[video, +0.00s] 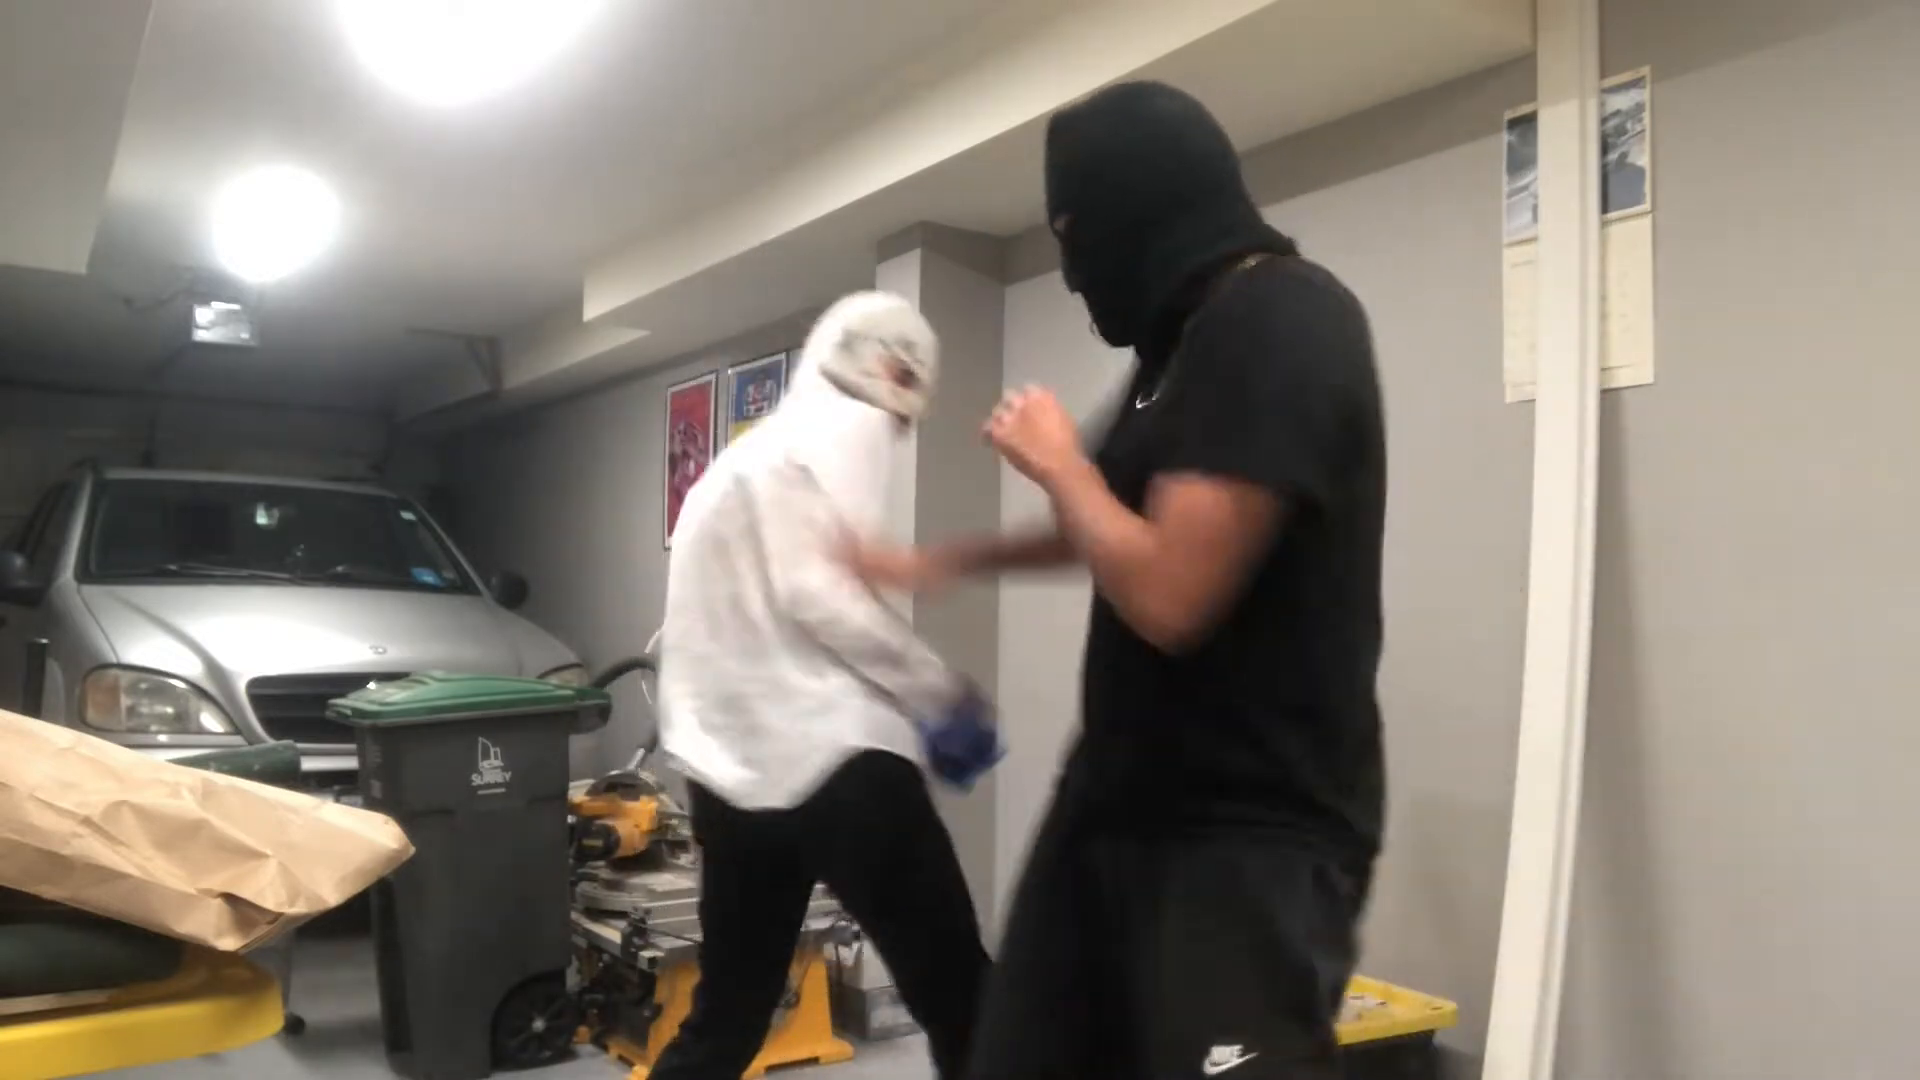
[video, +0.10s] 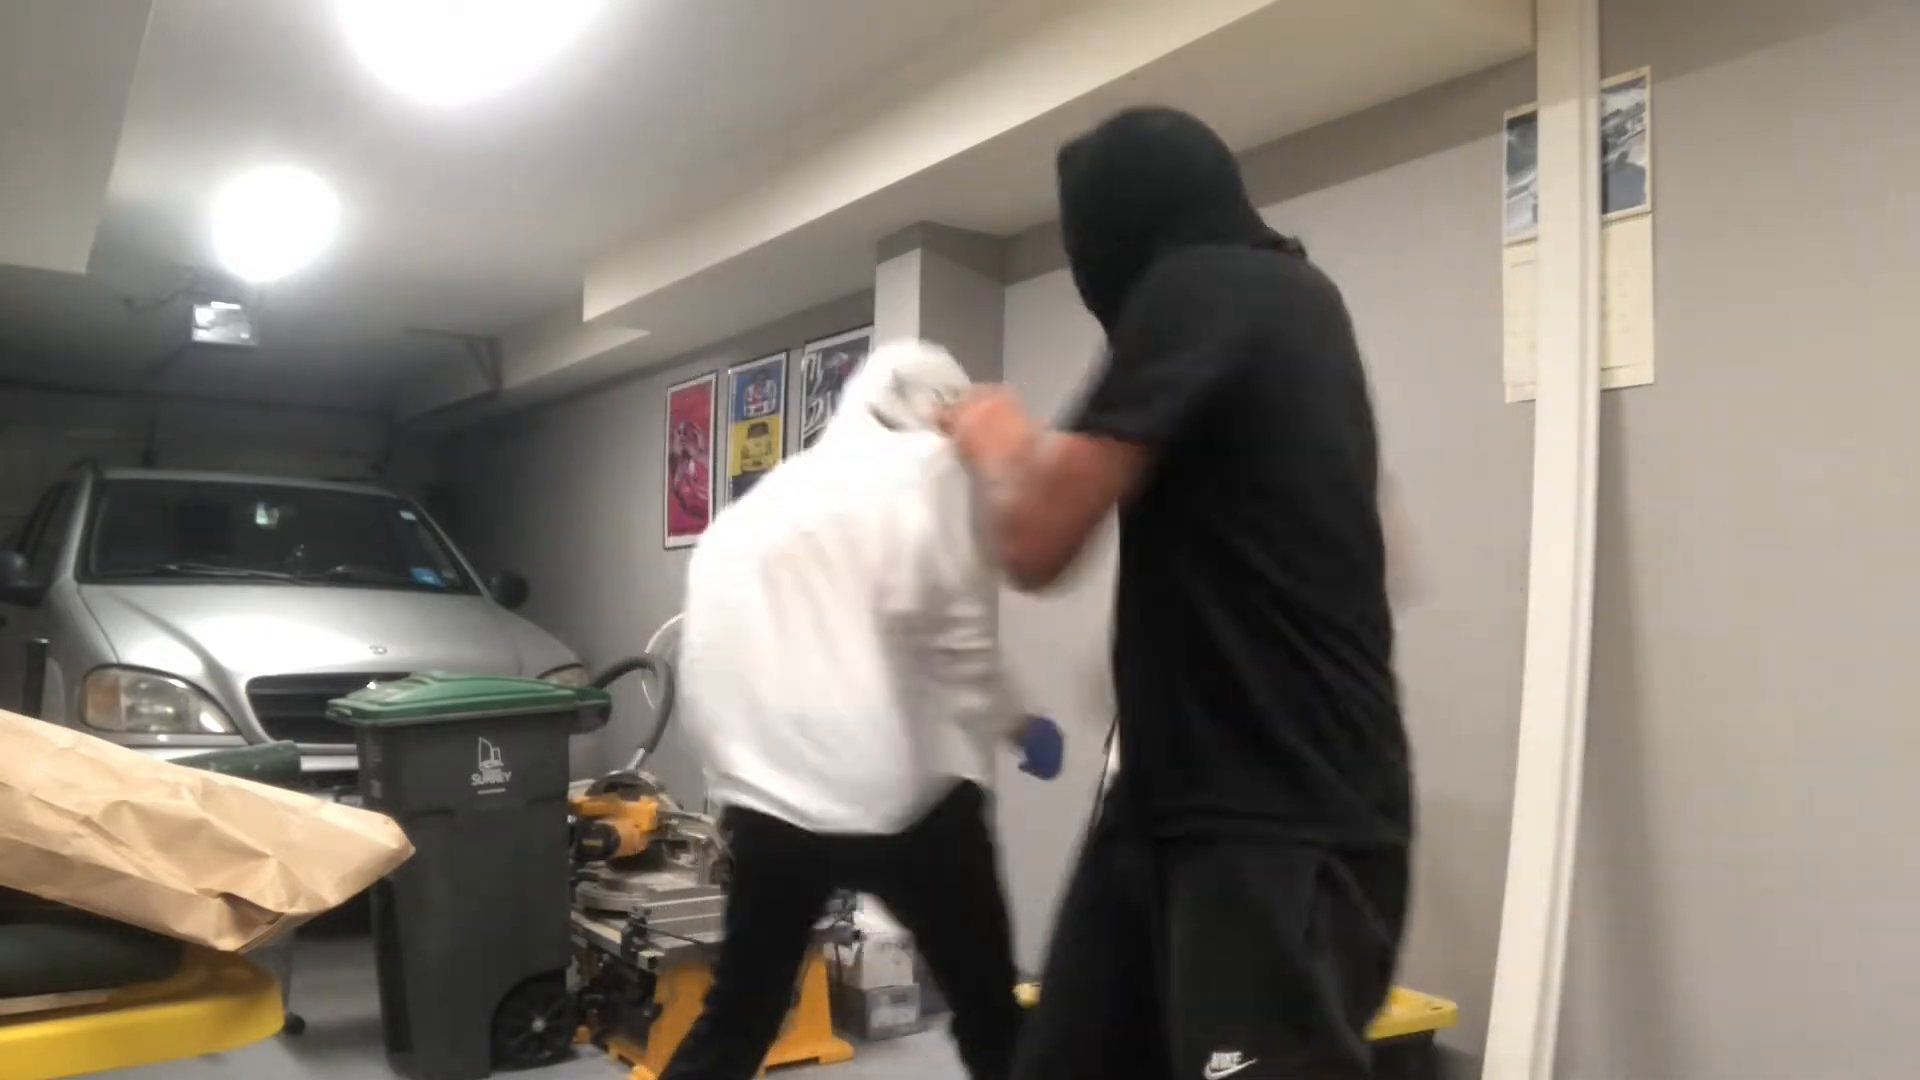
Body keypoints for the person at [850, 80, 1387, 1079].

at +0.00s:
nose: (1062, 261)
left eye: (1071, 226)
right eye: (1058, 232)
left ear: (1142, 206)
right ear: (1152, 208)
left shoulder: (1277, 316)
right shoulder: (1194, 338)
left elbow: (1173, 595)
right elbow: (1109, 532)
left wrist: (1065, 467)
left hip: (1243, 834)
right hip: (1127, 809)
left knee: (1222, 1063)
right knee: (1024, 1052)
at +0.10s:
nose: (1078, 260)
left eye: (1081, 227)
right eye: (1074, 230)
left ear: (1123, 213)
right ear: (1213, 192)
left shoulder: (1206, 293)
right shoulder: (1294, 300)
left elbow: (1035, 540)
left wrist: (999, 442)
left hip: (1273, 833)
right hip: (1170, 815)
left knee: (1265, 1063)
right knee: (1071, 1062)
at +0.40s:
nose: (1159, 331)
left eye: (1156, 296)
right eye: (1149, 302)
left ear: (1190, 261)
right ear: (1261, 221)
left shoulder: (1301, 282)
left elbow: (1150, 556)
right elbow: (1329, 627)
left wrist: (1083, 593)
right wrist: (1171, 578)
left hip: (1414, 867)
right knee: (1186, 1064)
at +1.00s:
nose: (1221, 326)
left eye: (1217, 293)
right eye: (1207, 301)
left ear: (1267, 243)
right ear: (1314, 213)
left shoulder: (1370, 270)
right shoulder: (1431, 268)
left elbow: (1318, 554)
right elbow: (1363, 536)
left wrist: (1169, 513)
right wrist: (1222, 504)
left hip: (1469, 824)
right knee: (1298, 1061)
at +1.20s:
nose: (1214, 299)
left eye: (1213, 270)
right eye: (1206, 274)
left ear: (1261, 246)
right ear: (1359, 204)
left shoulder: (1326, 344)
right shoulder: (1554, 312)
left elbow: (1152, 561)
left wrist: (1052, 577)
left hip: (1486, 883)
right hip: (1624, 866)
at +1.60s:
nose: (1249, 273)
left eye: (1257, 241)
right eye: (1249, 242)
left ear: (1307, 245)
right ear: (1413, 227)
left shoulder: (1303, 409)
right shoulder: (1560, 387)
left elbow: (1160, 643)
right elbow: (1590, 635)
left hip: (1463, 900)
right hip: (1595, 884)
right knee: (1273, 1065)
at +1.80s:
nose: (1235, 288)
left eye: (1249, 257)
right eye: (1237, 260)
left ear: (1309, 253)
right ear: (1351, 251)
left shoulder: (1411, 352)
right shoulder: (1399, 360)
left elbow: (1299, 531)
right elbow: (1292, 579)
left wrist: (1104, 389)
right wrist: (1101, 650)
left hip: (1442, 854)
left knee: (1355, 1054)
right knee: (1329, 1049)